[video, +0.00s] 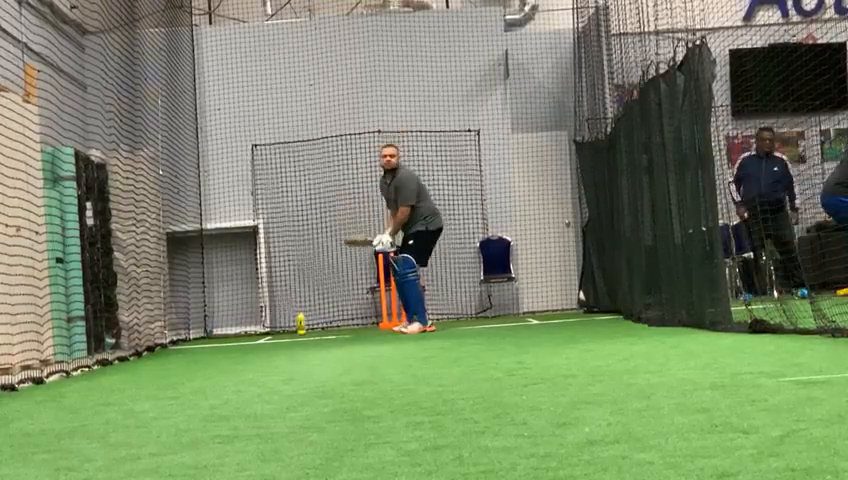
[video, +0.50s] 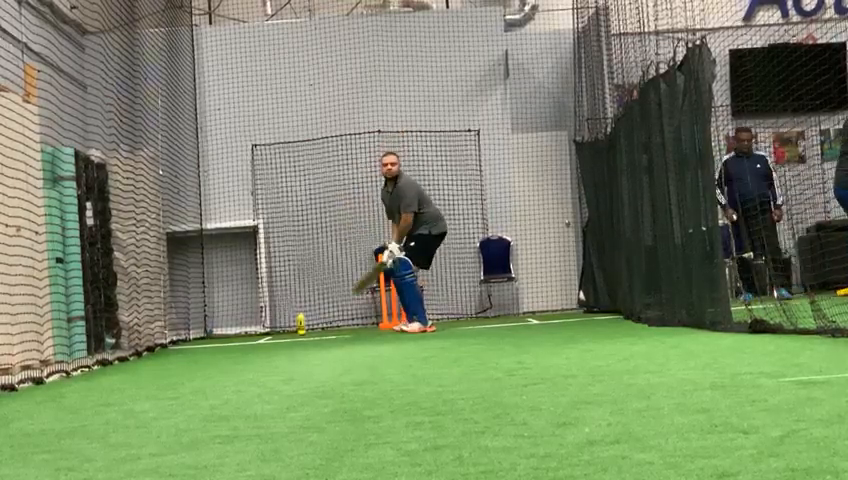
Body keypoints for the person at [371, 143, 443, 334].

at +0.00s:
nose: (388, 159)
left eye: (391, 156)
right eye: (384, 156)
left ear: (398, 158)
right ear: (380, 160)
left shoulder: (405, 177)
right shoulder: (384, 181)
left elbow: (405, 211)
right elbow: (392, 211)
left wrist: (390, 234)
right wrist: (388, 234)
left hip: (427, 225)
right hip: (412, 227)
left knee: (407, 266)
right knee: (400, 266)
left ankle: (420, 320)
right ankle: (412, 318)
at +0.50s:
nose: (389, 168)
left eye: (393, 164)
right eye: (385, 165)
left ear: (399, 165)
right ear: (381, 168)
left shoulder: (406, 186)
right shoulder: (386, 191)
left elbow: (408, 220)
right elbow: (395, 220)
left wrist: (396, 244)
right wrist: (394, 244)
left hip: (431, 229)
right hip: (416, 231)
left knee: (405, 267)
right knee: (398, 267)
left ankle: (420, 320)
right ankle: (413, 318)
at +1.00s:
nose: (391, 176)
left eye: (395, 173)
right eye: (388, 173)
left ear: (400, 175)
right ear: (383, 176)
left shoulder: (406, 196)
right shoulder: (385, 195)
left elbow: (402, 231)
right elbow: (391, 219)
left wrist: (384, 235)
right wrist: (383, 223)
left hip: (426, 239)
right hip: (410, 238)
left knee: (398, 275)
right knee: (387, 272)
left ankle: (419, 321)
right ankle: (403, 320)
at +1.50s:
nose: (386, 172)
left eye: (389, 169)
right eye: (382, 169)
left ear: (395, 171)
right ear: (377, 172)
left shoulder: (402, 191)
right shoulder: (380, 191)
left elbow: (405, 224)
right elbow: (390, 217)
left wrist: (387, 234)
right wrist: (383, 225)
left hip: (424, 233)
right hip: (407, 234)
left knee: (401, 270)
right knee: (388, 268)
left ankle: (420, 322)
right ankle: (403, 319)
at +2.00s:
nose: (373, 176)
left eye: (376, 172)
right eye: (369, 173)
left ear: (383, 173)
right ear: (366, 176)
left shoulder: (391, 190)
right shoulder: (372, 193)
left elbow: (392, 224)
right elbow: (382, 217)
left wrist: (379, 234)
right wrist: (376, 224)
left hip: (416, 229)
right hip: (400, 231)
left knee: (388, 258)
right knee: (381, 272)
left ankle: (407, 314)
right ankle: (403, 316)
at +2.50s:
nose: (347, 200)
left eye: (350, 195)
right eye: (344, 197)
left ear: (360, 190)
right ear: (342, 197)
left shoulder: (367, 205)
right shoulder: (369, 199)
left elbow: (365, 241)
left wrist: (357, 243)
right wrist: (364, 227)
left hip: (399, 243)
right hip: (391, 243)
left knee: (373, 272)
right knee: (360, 279)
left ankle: (398, 324)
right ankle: (382, 324)